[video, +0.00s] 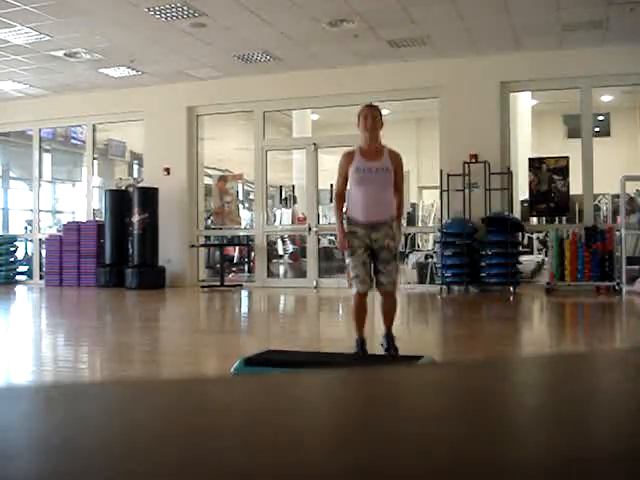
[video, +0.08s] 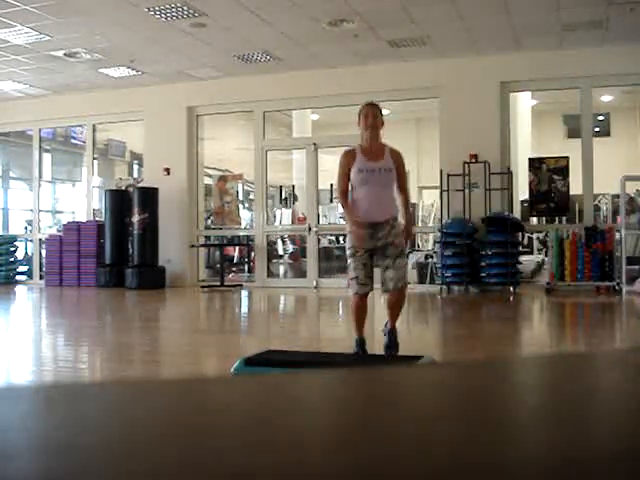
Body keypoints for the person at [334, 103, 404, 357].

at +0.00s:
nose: (369, 123)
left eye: (374, 118)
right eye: (365, 118)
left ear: (381, 123)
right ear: (358, 123)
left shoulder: (393, 157)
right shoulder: (349, 158)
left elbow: (398, 192)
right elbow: (339, 194)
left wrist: (398, 221)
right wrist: (340, 230)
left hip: (386, 226)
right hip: (356, 227)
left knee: (388, 288)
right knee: (361, 288)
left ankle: (388, 335)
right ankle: (360, 340)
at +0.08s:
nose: (370, 121)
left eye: (375, 116)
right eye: (366, 117)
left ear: (382, 122)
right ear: (359, 122)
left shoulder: (394, 156)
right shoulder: (349, 156)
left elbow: (403, 191)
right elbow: (341, 192)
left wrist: (409, 222)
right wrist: (351, 220)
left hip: (390, 225)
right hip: (360, 226)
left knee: (398, 286)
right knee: (360, 289)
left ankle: (391, 328)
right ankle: (359, 339)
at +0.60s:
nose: (386, 105)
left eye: (391, 100)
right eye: (381, 101)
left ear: (401, 103)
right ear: (375, 106)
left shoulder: (414, 135)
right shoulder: (374, 139)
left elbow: (416, 169)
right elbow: (356, 166)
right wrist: (327, 184)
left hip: (410, 213)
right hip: (379, 213)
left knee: (418, 282)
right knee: (360, 270)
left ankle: (424, 343)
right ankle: (372, 317)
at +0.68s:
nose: (379, 93)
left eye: (383, 88)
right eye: (375, 90)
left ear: (394, 91)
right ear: (370, 95)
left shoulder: (408, 119)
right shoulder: (371, 128)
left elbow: (388, 141)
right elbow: (349, 150)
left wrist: (359, 142)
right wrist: (318, 146)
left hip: (411, 201)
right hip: (380, 200)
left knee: (420, 273)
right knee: (358, 247)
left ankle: (428, 340)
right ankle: (366, 315)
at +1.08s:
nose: (356, 84)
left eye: (361, 79)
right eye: (351, 81)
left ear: (370, 84)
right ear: (345, 88)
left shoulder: (384, 112)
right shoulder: (338, 124)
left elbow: (375, 118)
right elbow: (304, 147)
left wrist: (335, 121)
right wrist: (285, 117)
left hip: (393, 194)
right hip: (359, 199)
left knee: (409, 262)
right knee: (345, 263)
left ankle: (426, 321)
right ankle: (345, 335)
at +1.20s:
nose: (346, 73)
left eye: (350, 68)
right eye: (340, 69)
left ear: (360, 72)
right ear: (333, 76)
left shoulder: (377, 102)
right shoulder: (329, 111)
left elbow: (406, 122)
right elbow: (313, 149)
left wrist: (382, 124)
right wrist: (310, 120)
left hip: (383, 177)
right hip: (352, 188)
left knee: (381, 210)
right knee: (346, 258)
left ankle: (403, 259)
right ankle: (348, 331)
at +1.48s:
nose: (342, 69)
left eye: (346, 64)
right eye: (336, 66)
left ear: (356, 70)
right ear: (330, 73)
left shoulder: (369, 103)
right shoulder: (323, 108)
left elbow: (387, 123)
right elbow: (292, 140)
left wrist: (363, 104)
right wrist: (296, 126)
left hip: (370, 184)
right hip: (336, 189)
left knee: (372, 244)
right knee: (339, 262)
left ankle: (394, 297)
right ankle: (351, 334)